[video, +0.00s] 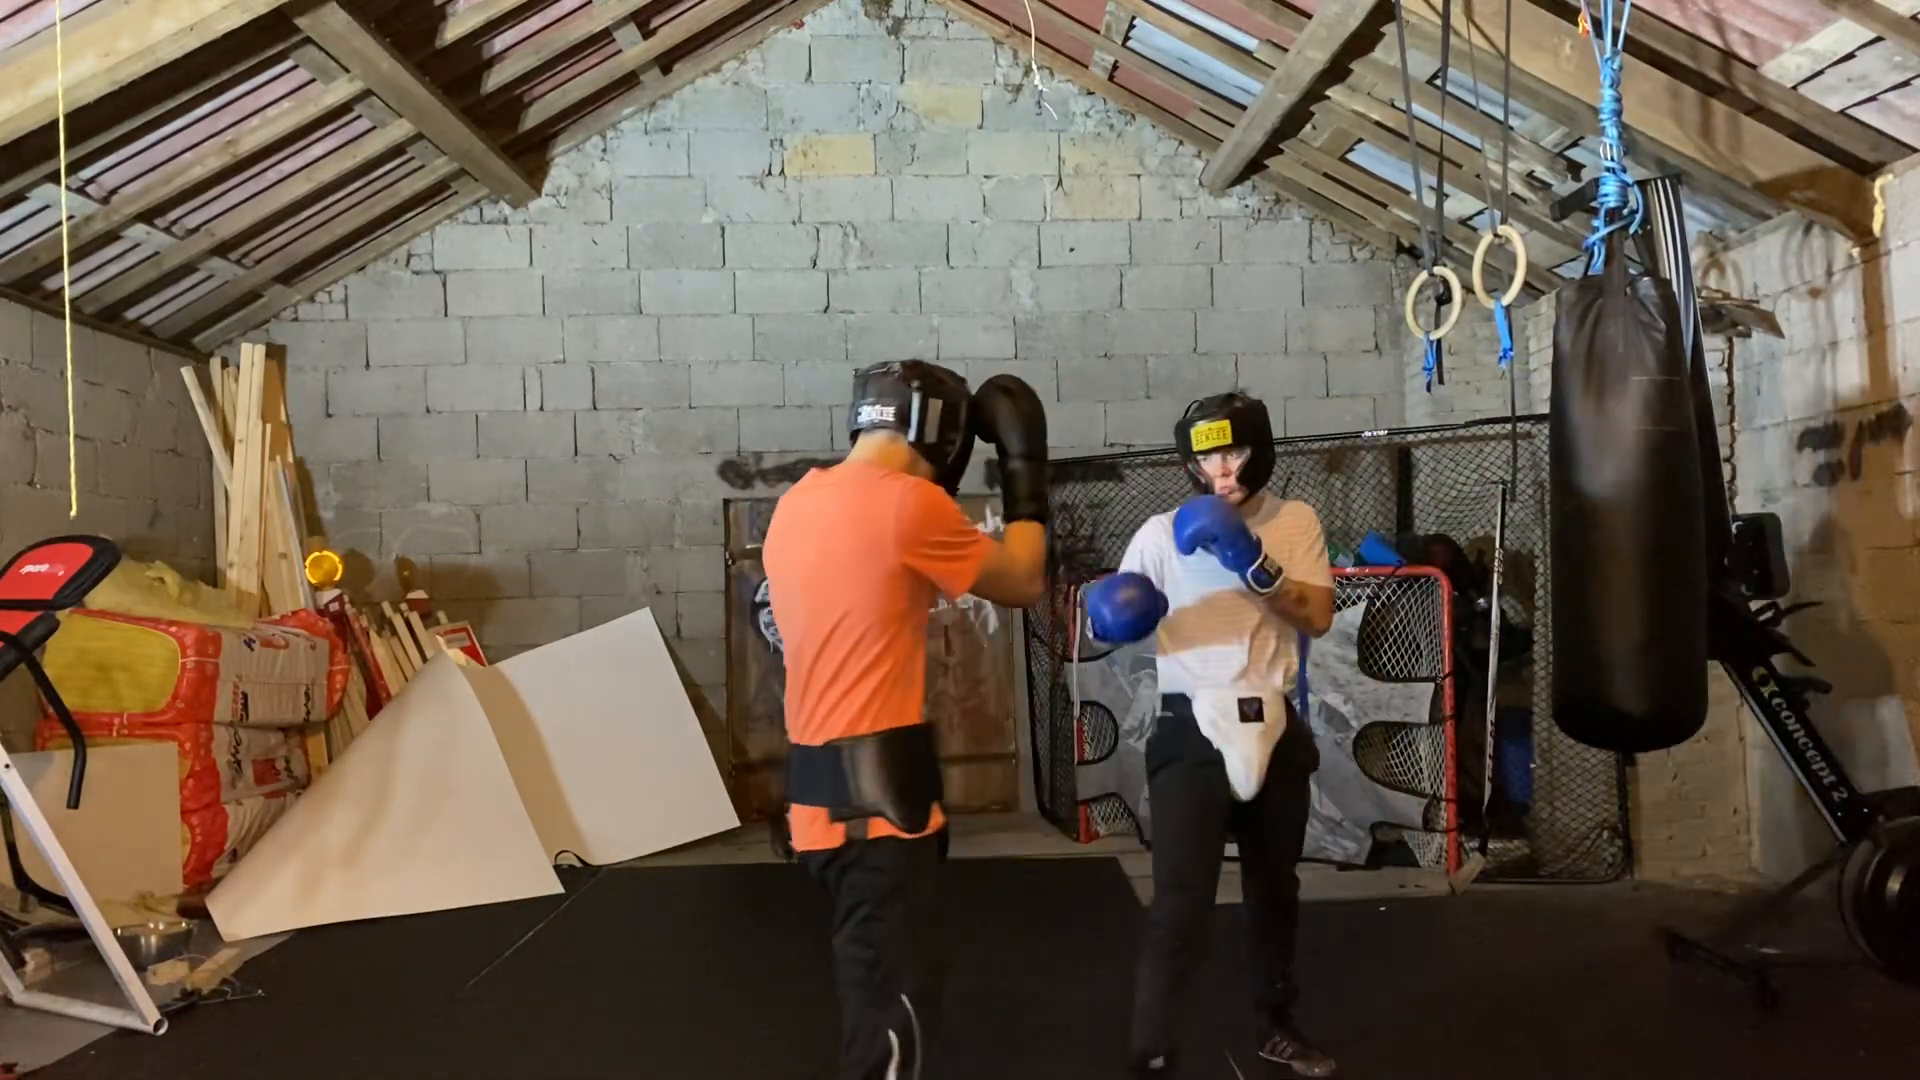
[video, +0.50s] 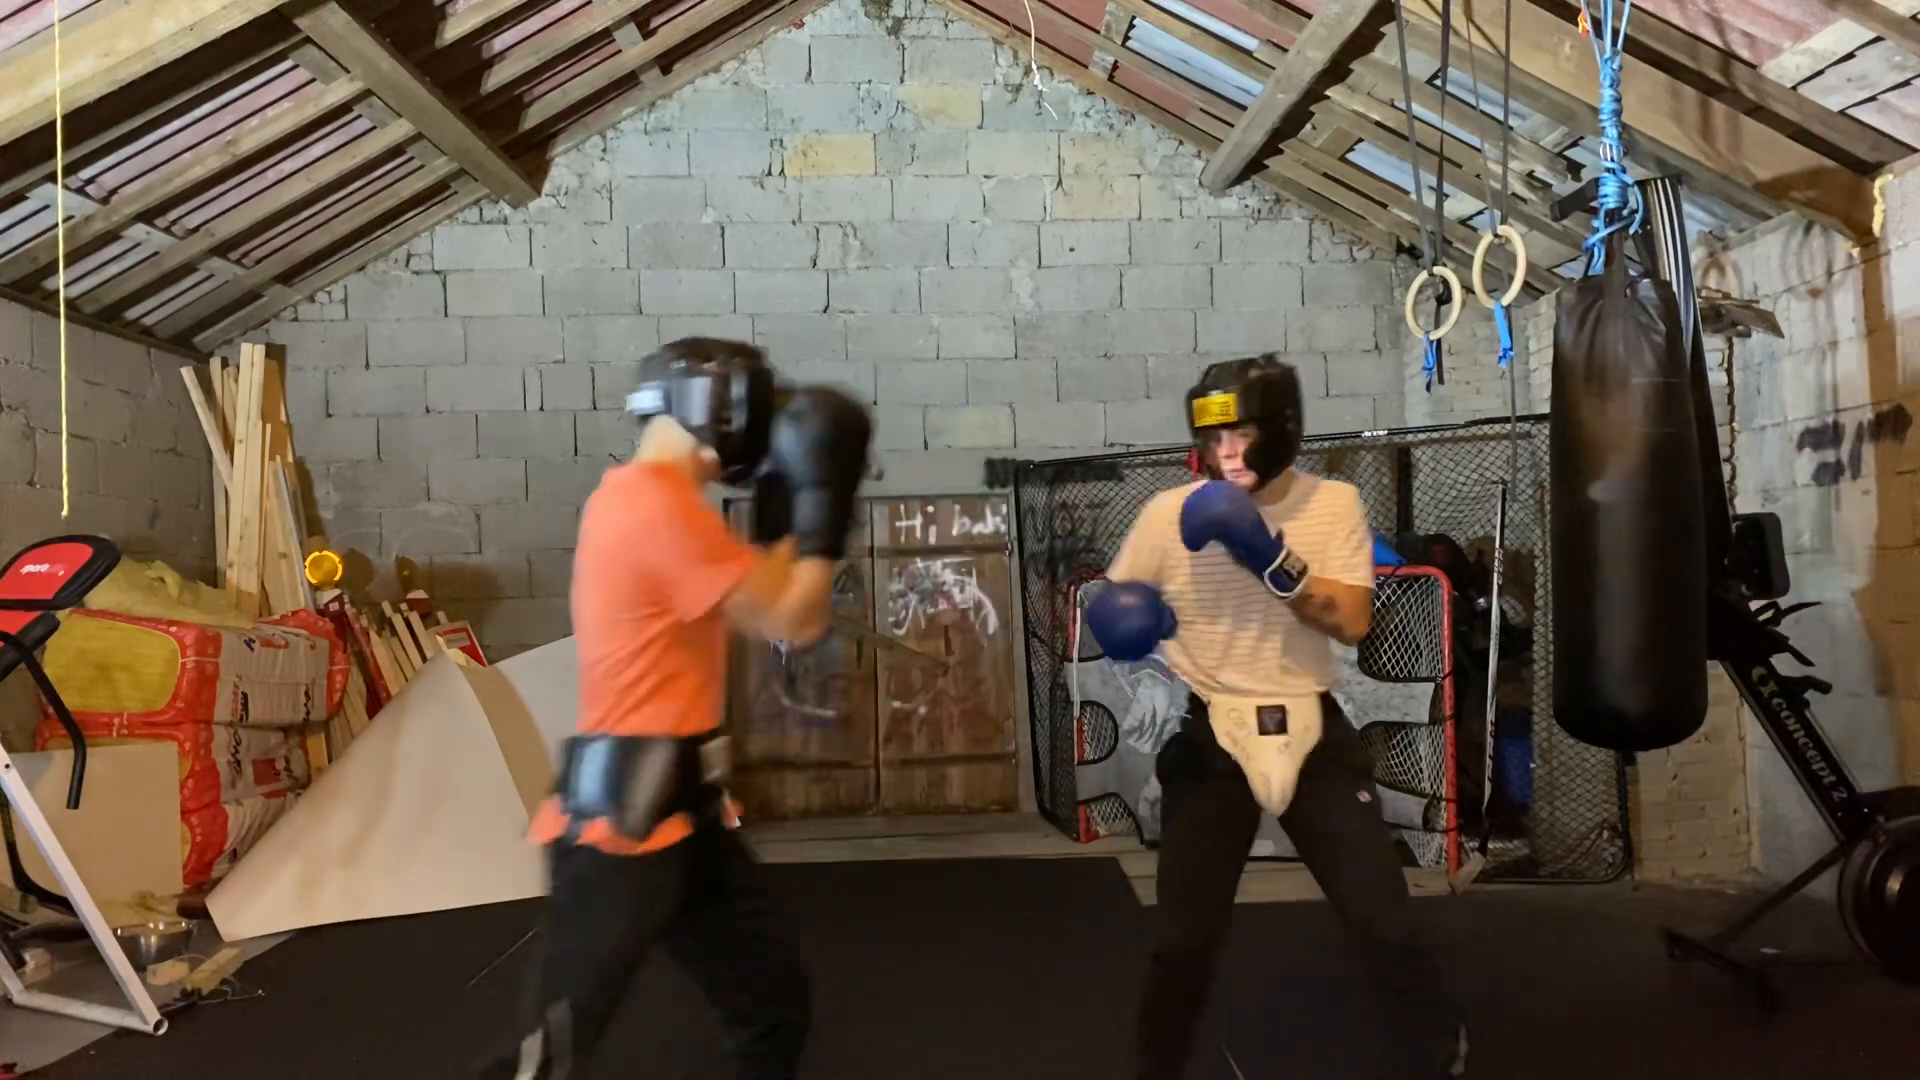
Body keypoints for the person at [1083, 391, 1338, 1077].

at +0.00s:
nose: (1226, 471)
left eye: (1237, 455)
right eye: (1211, 459)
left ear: (1261, 453)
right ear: (1192, 464)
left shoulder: (1294, 523)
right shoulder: (1161, 534)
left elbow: (1319, 614)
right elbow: (1114, 620)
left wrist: (1256, 569)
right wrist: (1108, 620)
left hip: (1277, 727)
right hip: (1187, 729)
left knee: (1273, 892)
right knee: (1180, 900)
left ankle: (1275, 1030)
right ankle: (1150, 1058)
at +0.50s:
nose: (1230, 451)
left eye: (1244, 432)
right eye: (1216, 434)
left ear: (1282, 433)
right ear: (1201, 441)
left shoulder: (1331, 503)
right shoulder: (1169, 513)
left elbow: (1354, 620)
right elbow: (1114, 614)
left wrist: (1270, 555)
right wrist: (1114, 620)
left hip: (1315, 733)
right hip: (1209, 737)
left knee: (1383, 922)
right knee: (1184, 936)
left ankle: (1436, 1054)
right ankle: (1156, 1068)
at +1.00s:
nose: (1280, 414)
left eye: (1291, 389)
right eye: (1274, 397)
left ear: (1348, 386)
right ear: (1285, 411)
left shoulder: (1442, 476)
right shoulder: (1282, 490)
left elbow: (1429, 594)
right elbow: (1255, 610)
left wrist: (1310, 501)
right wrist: (1192, 576)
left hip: (1423, 754)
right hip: (1306, 755)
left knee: (1452, 964)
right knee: (1265, 973)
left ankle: (1489, 1076)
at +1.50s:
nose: (1129, 398)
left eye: (1140, 371)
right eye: (1127, 376)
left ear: (1210, 368)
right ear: (1211, 369)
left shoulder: (1312, 460)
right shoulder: (1157, 482)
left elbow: (1297, 601)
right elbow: (1111, 574)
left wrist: (1173, 516)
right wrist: (1018, 533)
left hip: (1310, 765)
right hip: (1195, 770)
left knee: (1341, 1029)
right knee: (1184, 1022)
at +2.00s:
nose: (1048, 371)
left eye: (1055, 347)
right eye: (1047, 350)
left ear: (1089, 348)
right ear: (1146, 347)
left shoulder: (1204, 463)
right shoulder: (1124, 485)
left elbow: (1127, 618)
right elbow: (1102, 602)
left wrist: (1040, 513)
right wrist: (1026, 504)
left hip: (1213, 801)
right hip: (1127, 799)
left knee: (1252, 1054)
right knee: (1077, 1040)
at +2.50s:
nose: (953, 368)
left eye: (958, 345)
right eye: (952, 349)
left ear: (985, 343)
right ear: (1060, 348)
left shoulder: (1043, 461)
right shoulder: (1099, 456)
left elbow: (947, 620)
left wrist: (906, 513)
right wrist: (956, 505)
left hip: (1070, 829)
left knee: (1046, 1060)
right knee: (982, 1050)